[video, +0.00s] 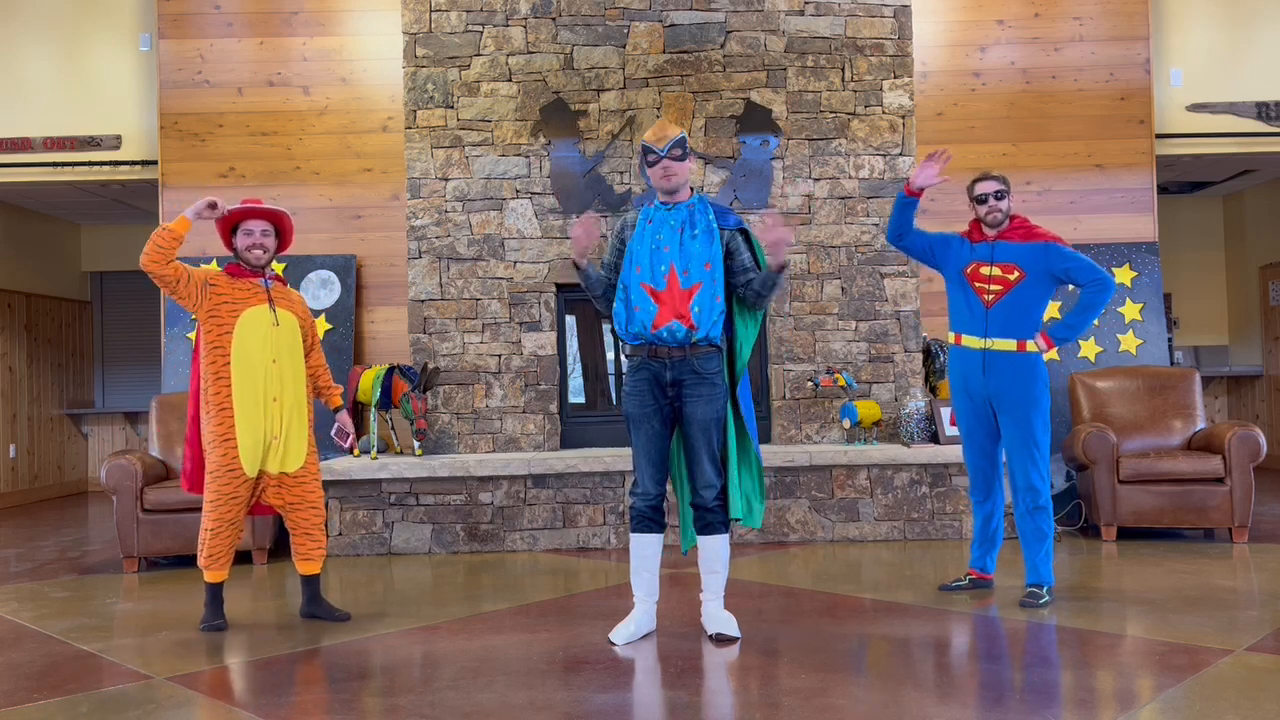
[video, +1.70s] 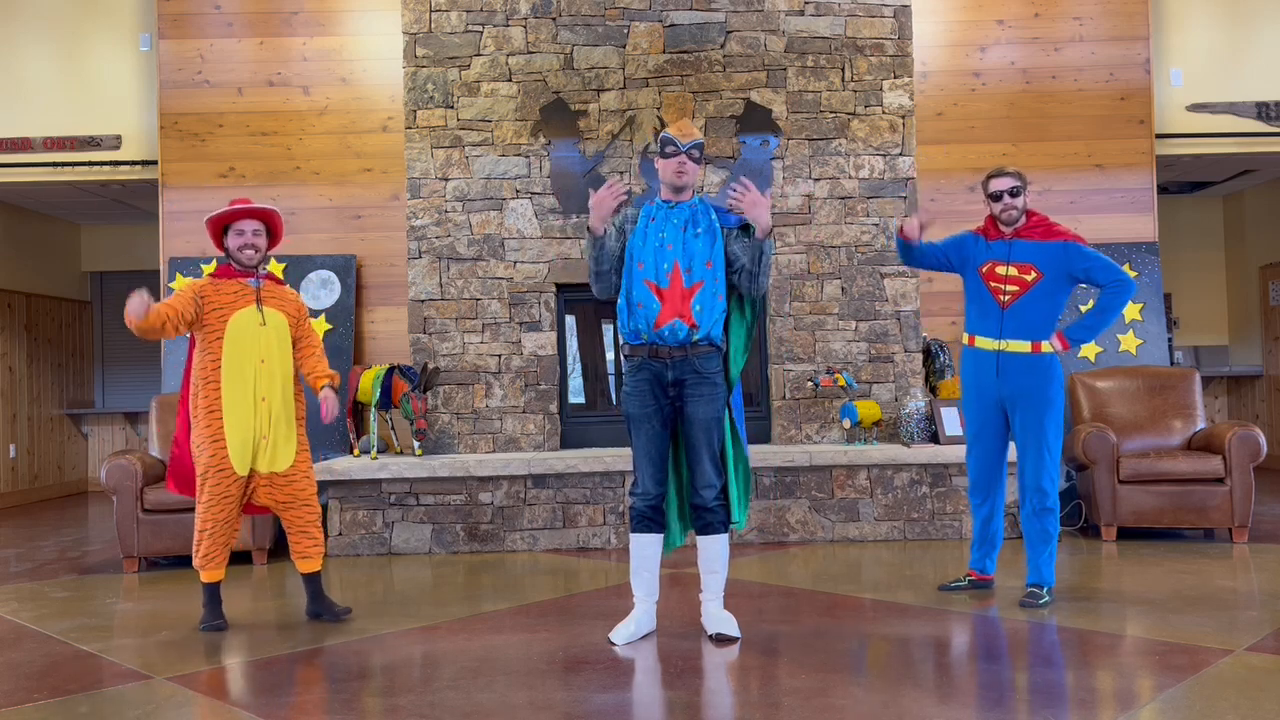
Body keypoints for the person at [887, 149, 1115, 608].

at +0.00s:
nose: (993, 205)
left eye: (1000, 196)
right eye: (984, 199)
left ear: (1012, 200)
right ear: (973, 208)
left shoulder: (1042, 248)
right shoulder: (954, 248)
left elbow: (1101, 283)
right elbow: (901, 236)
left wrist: (1055, 335)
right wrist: (912, 190)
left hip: (1020, 372)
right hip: (966, 372)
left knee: (1029, 479)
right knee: (982, 477)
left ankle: (1039, 581)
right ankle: (982, 571)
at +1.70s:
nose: (1007, 202)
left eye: (1014, 193)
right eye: (997, 196)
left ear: (1027, 195)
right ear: (987, 203)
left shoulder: (1059, 246)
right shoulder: (970, 245)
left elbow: (1120, 285)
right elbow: (918, 257)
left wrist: (1072, 336)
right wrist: (908, 240)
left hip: (1035, 375)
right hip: (979, 375)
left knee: (1038, 480)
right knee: (983, 479)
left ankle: (1040, 581)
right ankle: (981, 572)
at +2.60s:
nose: (983, 204)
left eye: (990, 195)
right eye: (974, 200)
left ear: (1006, 199)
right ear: (966, 209)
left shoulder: (1042, 248)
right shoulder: (961, 257)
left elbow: (1104, 286)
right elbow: (953, 313)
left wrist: (1072, 350)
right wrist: (948, 362)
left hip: (1030, 383)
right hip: (976, 384)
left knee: (1036, 489)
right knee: (981, 484)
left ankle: (1040, 582)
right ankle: (980, 572)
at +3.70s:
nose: (991, 200)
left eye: (999, 194)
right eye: (983, 193)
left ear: (1010, 203)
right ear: (970, 203)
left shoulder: (1033, 254)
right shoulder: (952, 260)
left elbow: (1053, 324)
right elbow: (942, 329)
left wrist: (1068, 383)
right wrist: (934, 390)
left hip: (1022, 386)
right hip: (966, 387)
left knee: (1028, 483)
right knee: (981, 484)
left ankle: (1039, 581)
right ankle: (981, 571)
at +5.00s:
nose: (994, 201)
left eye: (1002, 195)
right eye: (985, 195)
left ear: (1013, 201)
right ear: (974, 202)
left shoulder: (1038, 254)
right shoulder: (957, 257)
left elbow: (1056, 325)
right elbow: (945, 327)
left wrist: (1059, 383)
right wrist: (936, 385)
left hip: (1024, 390)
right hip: (971, 391)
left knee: (1030, 487)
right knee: (984, 485)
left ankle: (1039, 581)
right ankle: (982, 572)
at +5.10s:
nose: (994, 201)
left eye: (1002, 195)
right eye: (986, 194)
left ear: (1013, 201)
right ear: (974, 201)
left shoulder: (1037, 254)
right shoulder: (956, 257)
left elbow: (1057, 324)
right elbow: (943, 326)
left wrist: (1060, 381)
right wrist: (935, 384)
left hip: (1023, 389)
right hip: (970, 391)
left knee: (1029, 486)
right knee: (983, 485)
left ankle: (1039, 580)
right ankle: (982, 572)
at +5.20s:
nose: (994, 201)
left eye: (1002, 194)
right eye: (986, 194)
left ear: (1012, 202)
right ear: (974, 201)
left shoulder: (1036, 253)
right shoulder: (955, 257)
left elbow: (1058, 322)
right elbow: (942, 326)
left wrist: (1063, 380)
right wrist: (933, 385)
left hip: (1022, 389)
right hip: (969, 391)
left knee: (1029, 487)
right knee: (982, 485)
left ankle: (1039, 580)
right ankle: (982, 572)